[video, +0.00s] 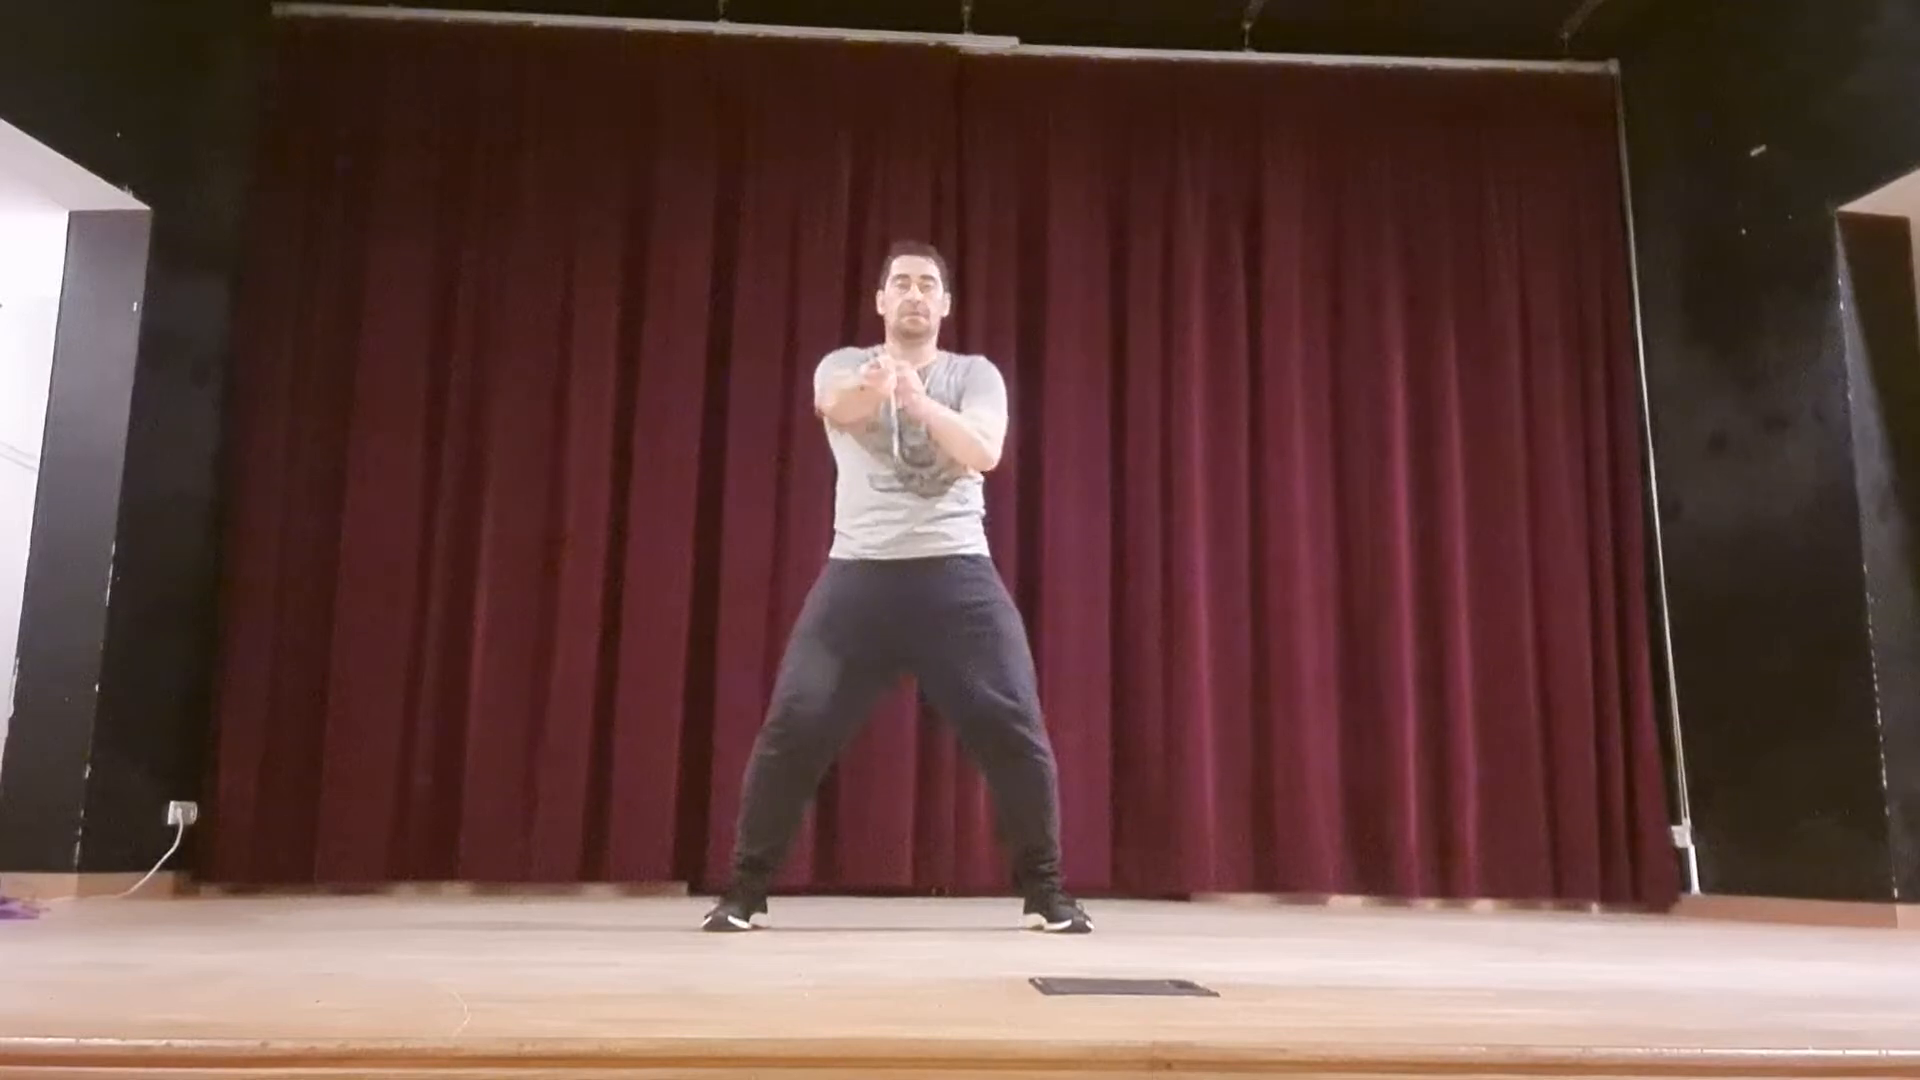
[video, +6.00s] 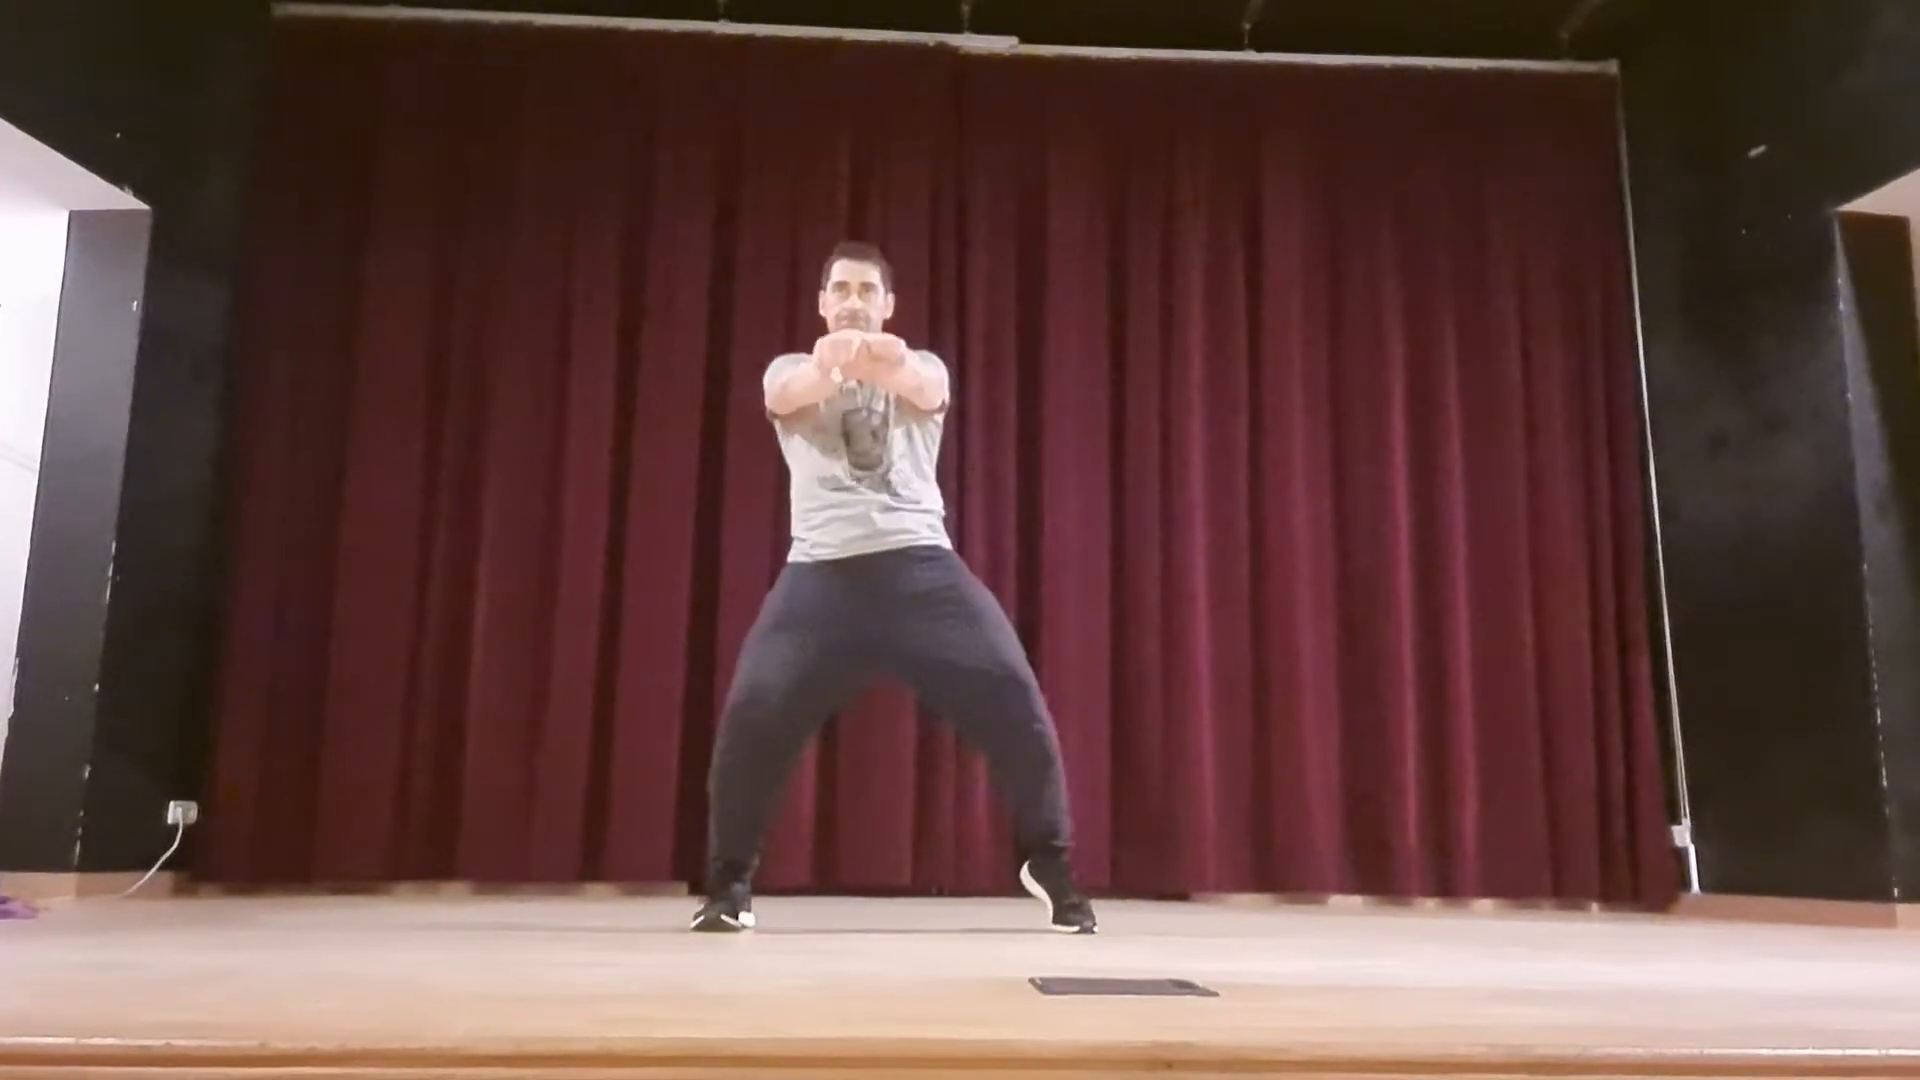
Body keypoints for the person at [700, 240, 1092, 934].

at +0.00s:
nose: (913, 294)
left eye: (926, 285)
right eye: (901, 283)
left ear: (946, 304)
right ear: (879, 301)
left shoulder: (975, 375)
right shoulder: (842, 365)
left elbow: (982, 457)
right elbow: (842, 412)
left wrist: (918, 403)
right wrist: (874, 386)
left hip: (958, 578)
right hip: (858, 577)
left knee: (1013, 724)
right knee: (795, 722)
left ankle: (1044, 891)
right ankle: (745, 892)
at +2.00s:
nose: (907, 315)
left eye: (920, 304)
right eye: (896, 303)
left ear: (939, 310)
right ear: (872, 308)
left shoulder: (973, 369)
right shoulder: (836, 361)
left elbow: (978, 392)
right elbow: (829, 385)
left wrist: (952, 357)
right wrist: (888, 351)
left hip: (950, 572)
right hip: (852, 572)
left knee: (1015, 721)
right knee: (783, 714)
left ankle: (1046, 891)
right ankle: (733, 893)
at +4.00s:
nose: (898, 297)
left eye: (911, 289)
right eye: (885, 286)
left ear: (929, 304)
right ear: (862, 298)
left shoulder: (952, 366)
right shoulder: (827, 358)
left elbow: (964, 391)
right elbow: (819, 383)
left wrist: (939, 346)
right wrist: (880, 349)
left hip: (941, 568)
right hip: (841, 572)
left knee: (1020, 716)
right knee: (778, 717)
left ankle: (1043, 879)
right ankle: (734, 890)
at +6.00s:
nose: (852, 302)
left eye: (866, 291)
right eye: (841, 290)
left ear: (889, 303)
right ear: (820, 301)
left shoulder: (921, 366)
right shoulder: (792, 368)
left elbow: (929, 393)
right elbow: (782, 399)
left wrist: (882, 364)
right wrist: (830, 373)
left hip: (922, 568)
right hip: (819, 575)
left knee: (1016, 700)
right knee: (755, 709)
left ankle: (1048, 861)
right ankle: (728, 887)